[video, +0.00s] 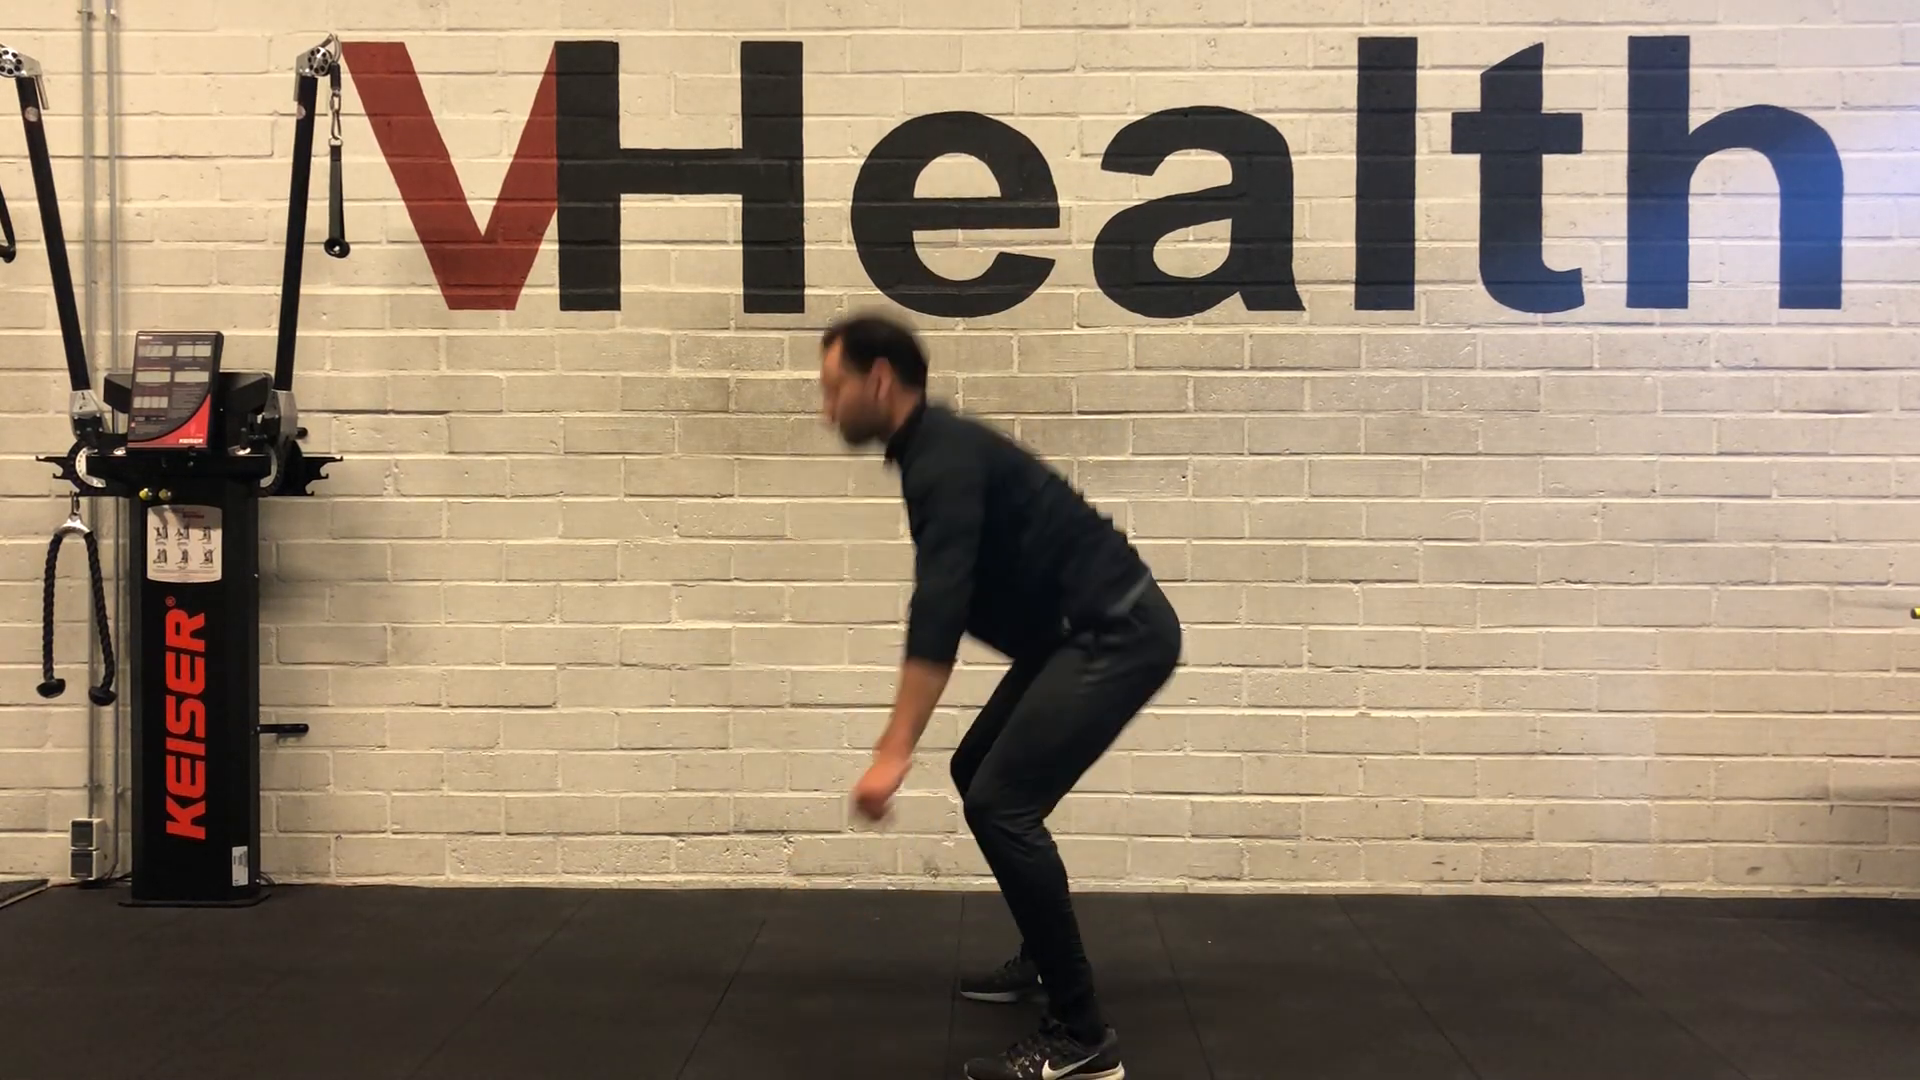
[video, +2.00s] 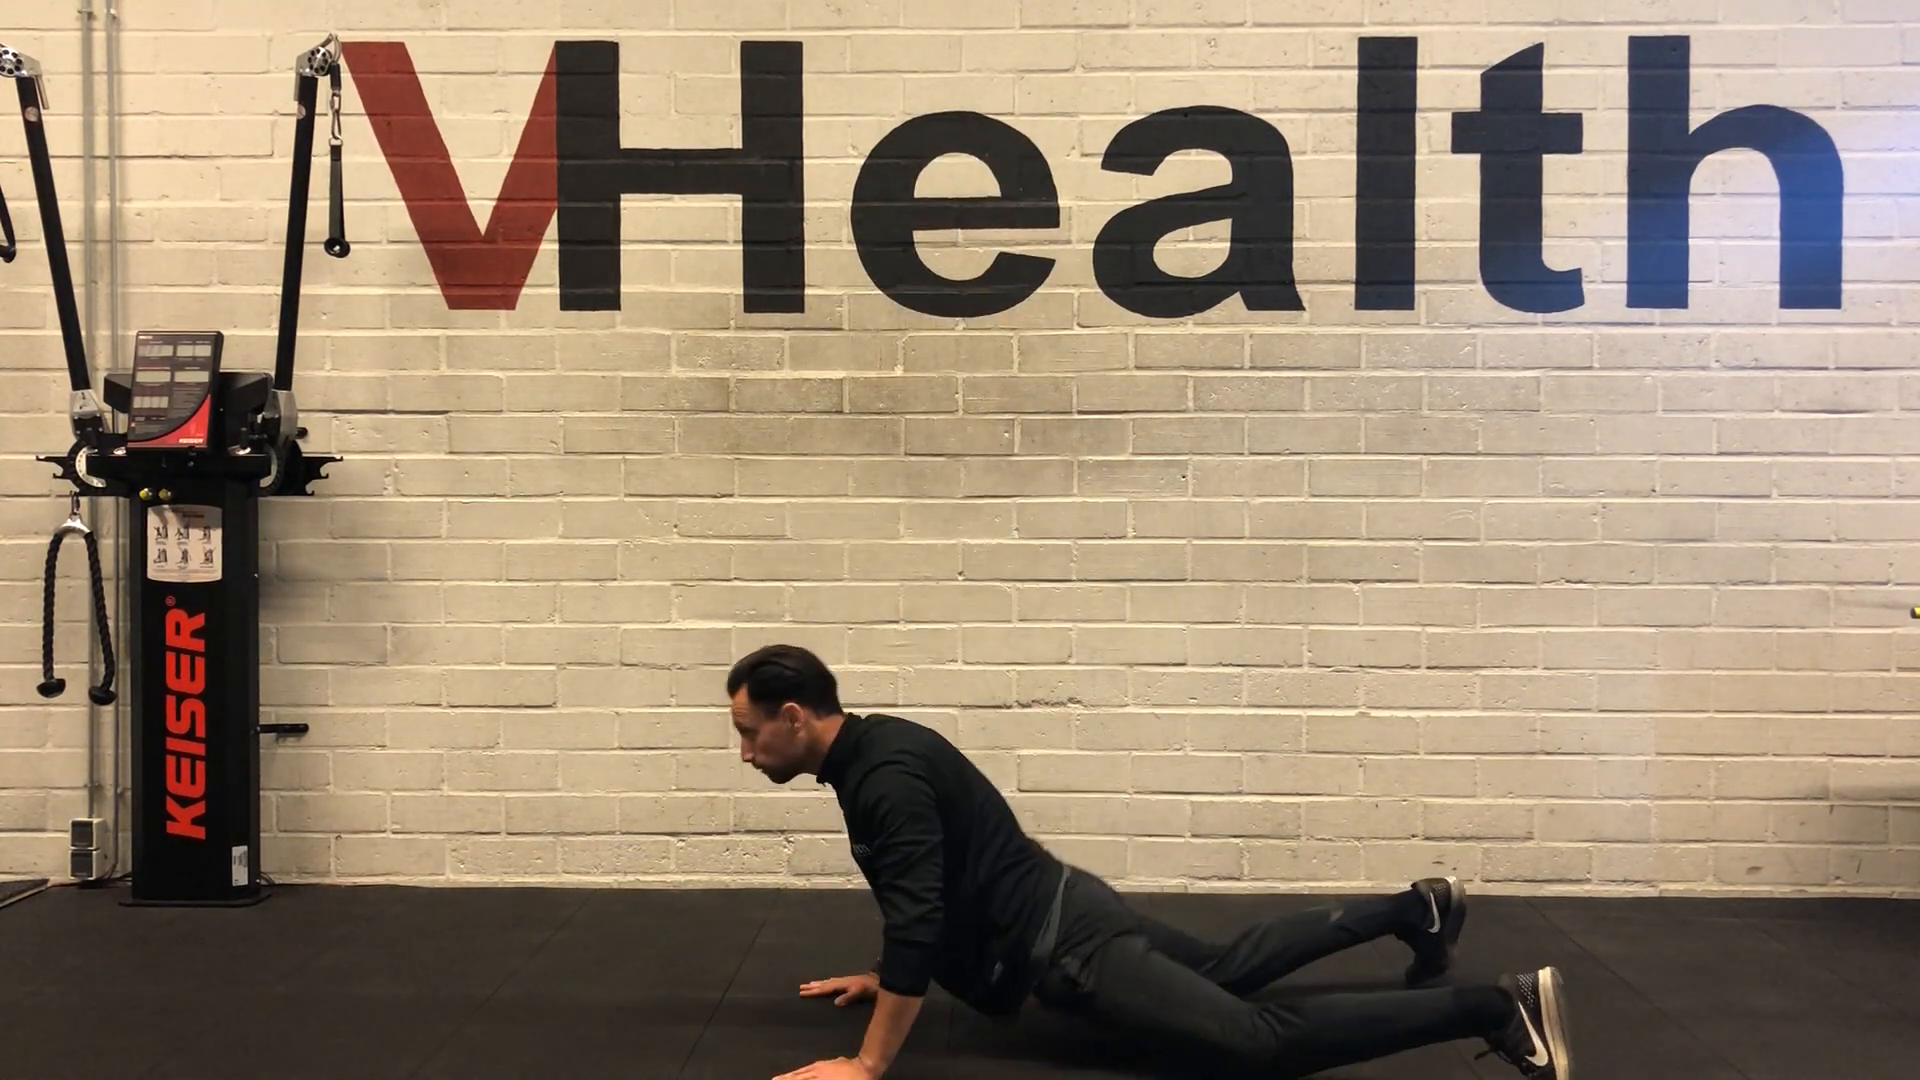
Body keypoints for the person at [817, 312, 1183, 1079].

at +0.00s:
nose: (825, 401)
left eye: (833, 383)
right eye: (824, 384)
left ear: (882, 379)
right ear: (885, 382)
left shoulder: (946, 457)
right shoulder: (930, 451)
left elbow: (938, 616)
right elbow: (939, 613)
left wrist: (894, 753)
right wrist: (896, 741)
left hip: (1118, 634)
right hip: (1071, 635)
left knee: (1003, 805)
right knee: (974, 773)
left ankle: (1081, 1033)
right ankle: (1046, 959)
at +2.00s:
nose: (742, 748)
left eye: (746, 730)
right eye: (738, 732)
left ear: (795, 718)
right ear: (804, 709)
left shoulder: (883, 778)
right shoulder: (875, 753)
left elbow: (916, 925)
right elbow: (920, 891)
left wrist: (869, 1058)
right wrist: (887, 975)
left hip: (1061, 939)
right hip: (1062, 904)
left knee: (1267, 1044)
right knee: (1226, 965)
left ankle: (1496, 1011)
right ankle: (1415, 911)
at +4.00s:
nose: (798, 562)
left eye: (798, 543)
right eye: (790, 549)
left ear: (835, 514)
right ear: (841, 514)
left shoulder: (922, 574)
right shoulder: (910, 558)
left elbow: (918, 733)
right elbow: (915, 726)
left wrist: (889, 873)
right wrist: (889, 863)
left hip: (1140, 667)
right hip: (1091, 661)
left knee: (1003, 812)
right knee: (974, 769)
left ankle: (1088, 1034)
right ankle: (1045, 950)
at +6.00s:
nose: (930, 225)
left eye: (944, 209)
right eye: (933, 209)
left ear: (997, 220)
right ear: (993, 222)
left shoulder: (1021, 319)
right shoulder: (1004, 313)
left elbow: (1058, 465)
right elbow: (1040, 462)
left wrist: (1056, 602)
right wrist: (1027, 594)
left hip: (1043, 592)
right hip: (1029, 586)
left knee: (1036, 790)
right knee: (1036, 783)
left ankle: (1076, 1018)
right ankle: (1063, 958)